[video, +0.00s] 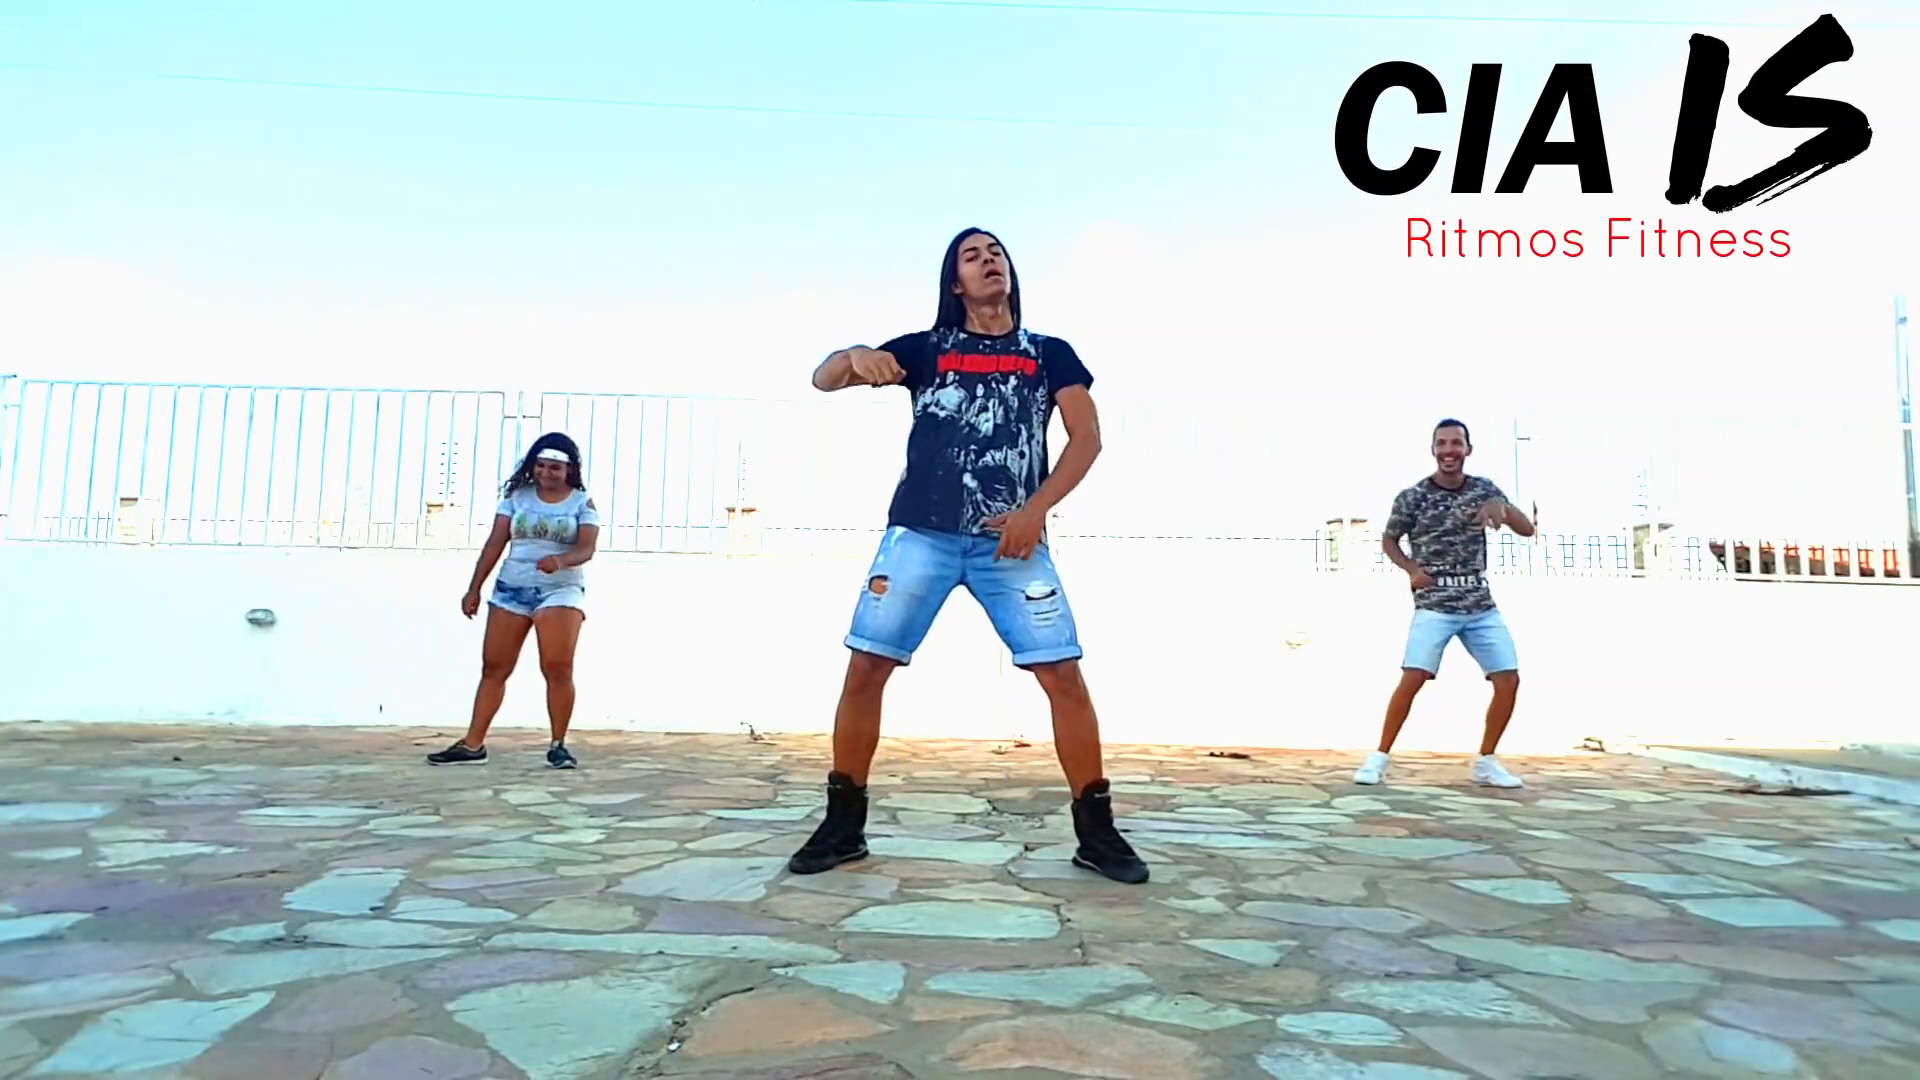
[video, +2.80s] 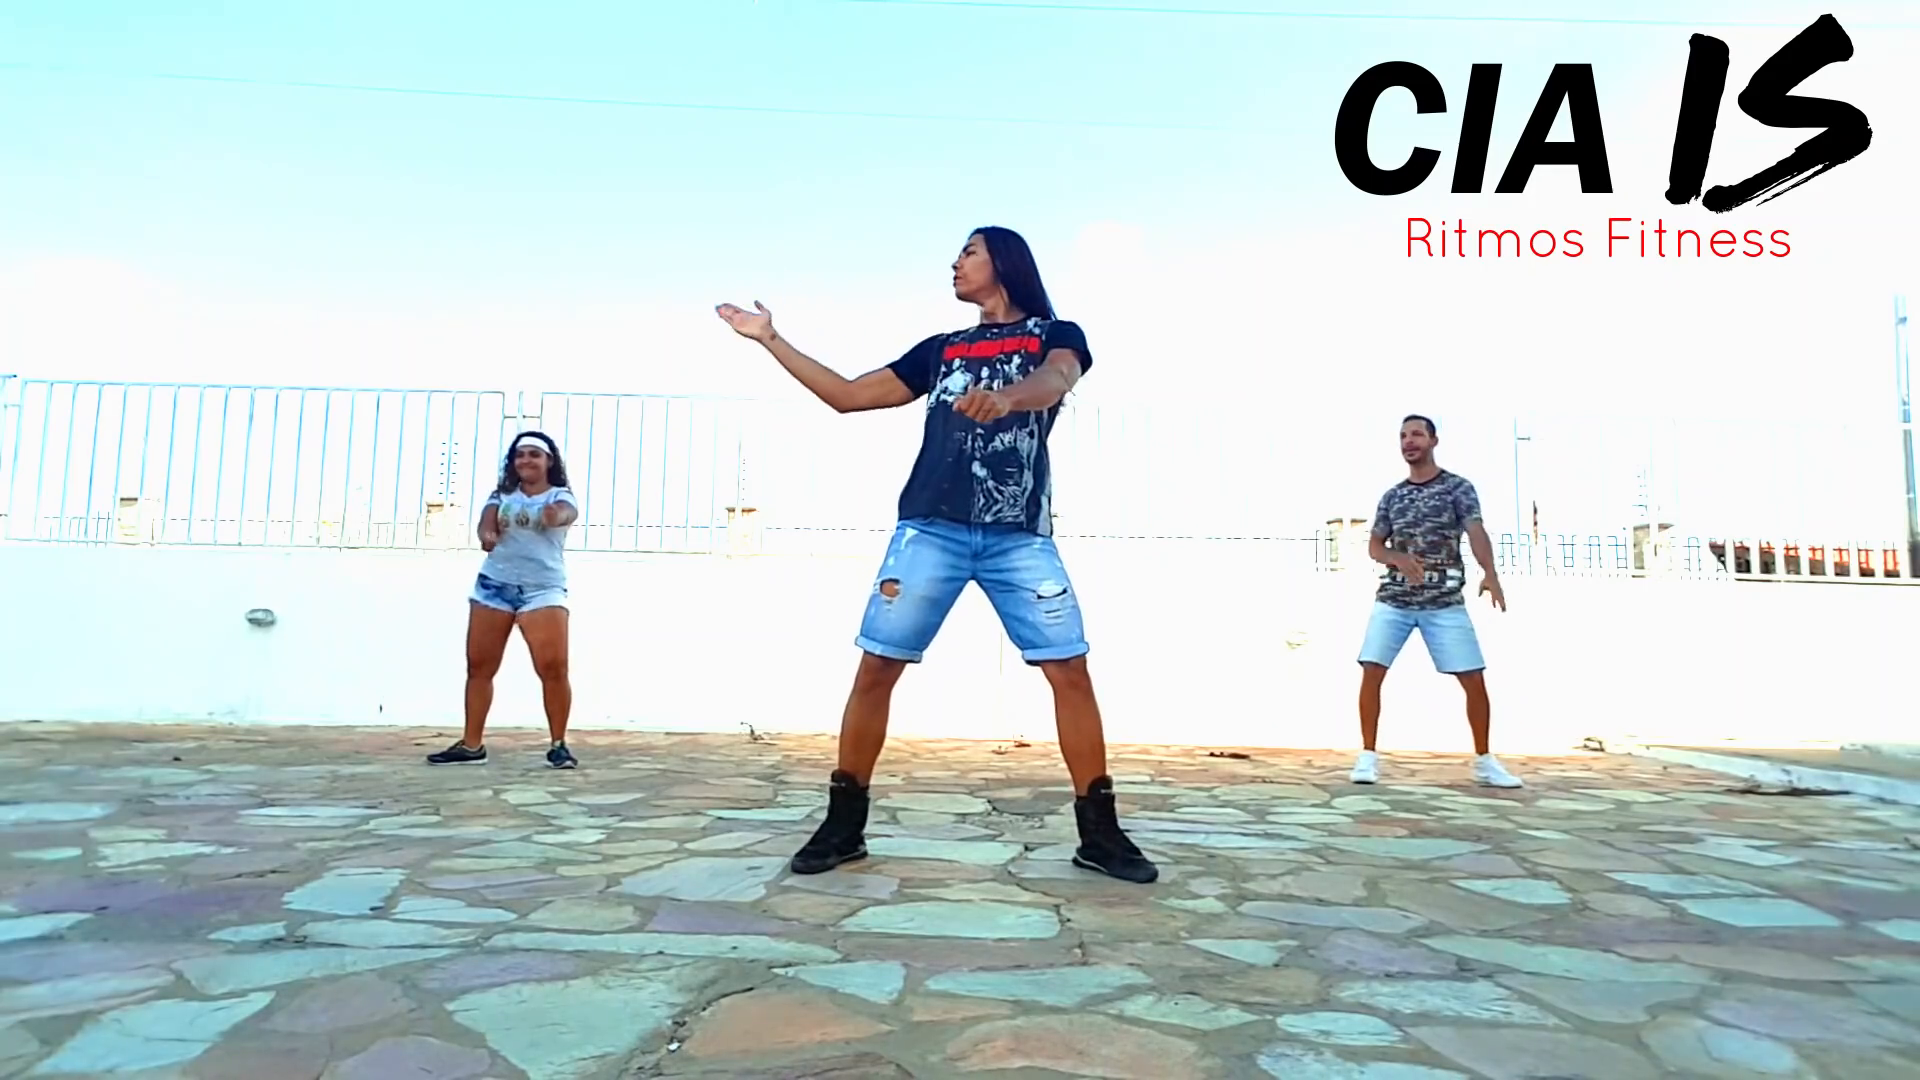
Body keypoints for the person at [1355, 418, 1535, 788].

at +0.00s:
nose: (1449, 450)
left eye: (1456, 443)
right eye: (1442, 443)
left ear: (1467, 450)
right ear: (1433, 449)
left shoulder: (1484, 490)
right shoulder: (1412, 498)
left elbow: (1527, 530)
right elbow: (1389, 541)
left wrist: (1502, 508)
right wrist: (1410, 568)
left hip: (1480, 606)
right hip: (1434, 606)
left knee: (1508, 679)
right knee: (1414, 676)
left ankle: (1486, 761)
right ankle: (1380, 755)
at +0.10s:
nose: (1458, 450)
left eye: (1466, 443)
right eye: (1452, 443)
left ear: (1478, 450)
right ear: (1443, 450)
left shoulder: (1492, 498)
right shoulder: (1425, 498)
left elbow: (1506, 536)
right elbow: (1398, 550)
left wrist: (1518, 545)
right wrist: (1434, 567)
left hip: (1485, 609)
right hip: (1440, 609)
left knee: (1509, 680)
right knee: (1417, 676)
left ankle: (1486, 760)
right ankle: (1380, 755)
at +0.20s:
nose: (1465, 432)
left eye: (1472, 426)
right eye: (1458, 427)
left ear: (1484, 435)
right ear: (1449, 435)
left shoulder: (1499, 487)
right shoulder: (1433, 480)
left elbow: (1502, 538)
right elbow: (1415, 530)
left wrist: (1524, 568)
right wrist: (1470, 523)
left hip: (1483, 596)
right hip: (1437, 594)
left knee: (1499, 673)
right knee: (1410, 664)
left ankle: (1485, 758)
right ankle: (1377, 749)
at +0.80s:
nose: (1445, 432)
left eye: (1451, 426)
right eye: (1438, 426)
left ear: (1462, 433)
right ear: (1427, 433)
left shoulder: (1483, 477)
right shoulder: (1411, 478)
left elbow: (1493, 528)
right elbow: (1419, 516)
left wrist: (1473, 562)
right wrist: (1456, 479)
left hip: (1466, 594)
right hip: (1421, 592)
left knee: (1490, 670)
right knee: (1399, 666)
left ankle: (1483, 758)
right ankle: (1370, 750)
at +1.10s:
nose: (1440, 439)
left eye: (1446, 433)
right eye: (1432, 433)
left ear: (1455, 441)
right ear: (1420, 442)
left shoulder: (1473, 485)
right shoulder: (1406, 488)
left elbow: (1487, 537)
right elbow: (1390, 532)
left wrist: (1464, 546)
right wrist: (1438, 505)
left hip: (1459, 600)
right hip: (1412, 599)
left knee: (1494, 673)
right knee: (1392, 671)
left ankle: (1484, 758)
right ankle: (1368, 755)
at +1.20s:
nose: (1457, 435)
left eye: (1462, 429)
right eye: (1449, 429)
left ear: (1470, 437)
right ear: (1435, 437)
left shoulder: (1480, 485)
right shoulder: (1414, 481)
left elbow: (1499, 532)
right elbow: (1383, 526)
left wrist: (1479, 535)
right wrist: (1407, 523)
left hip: (1463, 598)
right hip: (1418, 596)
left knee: (1493, 671)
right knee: (1394, 670)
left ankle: (1484, 758)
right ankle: (1368, 754)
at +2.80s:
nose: (1409, 441)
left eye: (1417, 435)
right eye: (1404, 436)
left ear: (1434, 440)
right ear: (1400, 444)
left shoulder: (1458, 488)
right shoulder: (1392, 497)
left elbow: (1477, 534)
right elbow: (1375, 548)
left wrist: (1490, 573)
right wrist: (1399, 559)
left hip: (1445, 603)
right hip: (1394, 602)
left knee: (1473, 678)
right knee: (1372, 670)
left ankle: (1484, 759)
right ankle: (1368, 755)